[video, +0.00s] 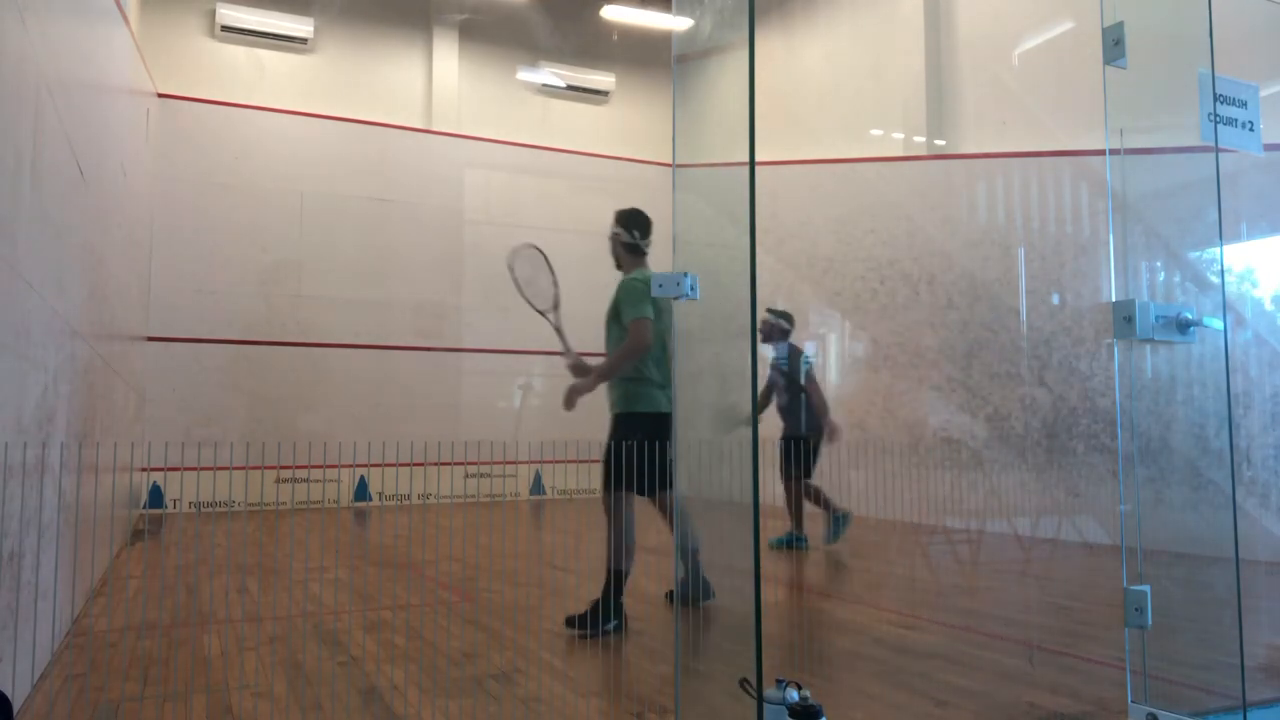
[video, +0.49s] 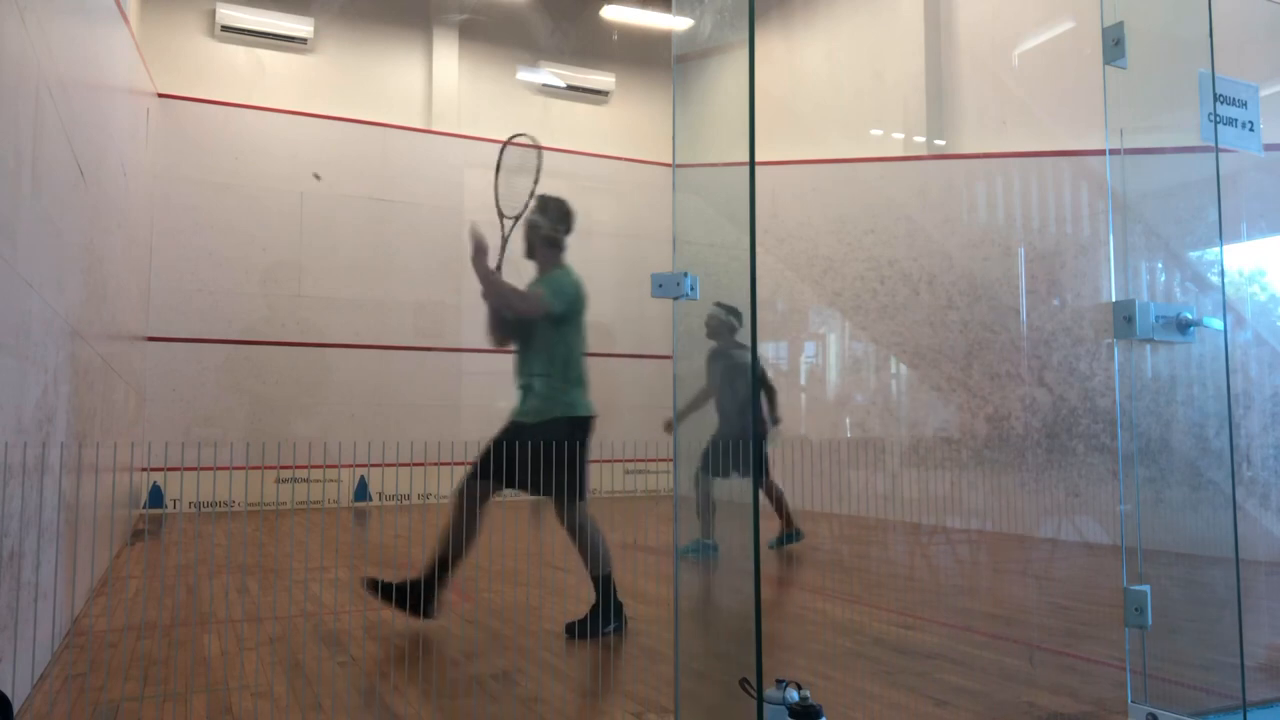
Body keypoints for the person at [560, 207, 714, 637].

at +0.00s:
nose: (610, 246)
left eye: (611, 239)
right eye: (613, 238)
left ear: (617, 242)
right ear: (644, 243)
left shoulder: (633, 285)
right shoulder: (655, 287)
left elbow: (640, 341)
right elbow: (643, 356)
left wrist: (589, 382)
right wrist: (594, 366)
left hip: (637, 411)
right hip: (657, 409)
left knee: (615, 497)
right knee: (662, 493)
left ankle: (610, 604)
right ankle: (696, 579)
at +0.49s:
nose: (528, 229)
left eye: (536, 223)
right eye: (530, 222)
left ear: (553, 233)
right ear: (541, 233)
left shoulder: (563, 282)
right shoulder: (537, 287)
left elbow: (524, 307)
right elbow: (501, 336)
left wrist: (482, 269)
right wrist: (492, 288)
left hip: (564, 417)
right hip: (530, 417)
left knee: (571, 510)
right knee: (471, 494)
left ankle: (609, 607)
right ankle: (425, 590)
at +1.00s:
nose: (360, 263)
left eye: (366, 255)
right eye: (363, 255)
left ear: (382, 259)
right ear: (389, 261)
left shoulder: (409, 298)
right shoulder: (381, 314)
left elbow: (427, 335)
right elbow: (364, 375)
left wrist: (403, 343)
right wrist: (324, 394)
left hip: (417, 441)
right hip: (380, 441)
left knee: (408, 547)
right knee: (311, 505)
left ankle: (478, 566)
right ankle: (319, 609)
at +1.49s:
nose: (460, 265)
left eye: (460, 259)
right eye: (471, 259)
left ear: (461, 260)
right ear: (495, 260)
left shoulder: (460, 295)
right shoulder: (520, 308)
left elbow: (454, 347)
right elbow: (539, 376)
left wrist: (417, 403)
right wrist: (544, 429)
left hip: (476, 431)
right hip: (514, 435)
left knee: (427, 508)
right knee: (482, 499)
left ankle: (466, 604)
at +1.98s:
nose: (615, 265)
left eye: (596, 259)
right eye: (620, 258)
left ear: (591, 261)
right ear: (624, 262)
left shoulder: (574, 292)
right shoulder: (636, 298)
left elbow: (542, 332)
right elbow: (665, 342)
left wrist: (554, 349)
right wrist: (672, 386)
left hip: (592, 406)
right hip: (629, 404)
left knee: (616, 485)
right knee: (630, 477)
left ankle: (650, 556)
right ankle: (657, 545)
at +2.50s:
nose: (666, 293)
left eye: (665, 287)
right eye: (664, 287)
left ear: (632, 287)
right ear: (656, 287)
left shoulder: (610, 318)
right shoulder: (662, 320)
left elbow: (588, 358)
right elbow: (669, 371)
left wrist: (617, 364)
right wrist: (686, 401)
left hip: (619, 419)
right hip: (656, 419)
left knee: (612, 482)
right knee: (666, 484)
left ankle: (612, 547)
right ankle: (671, 549)